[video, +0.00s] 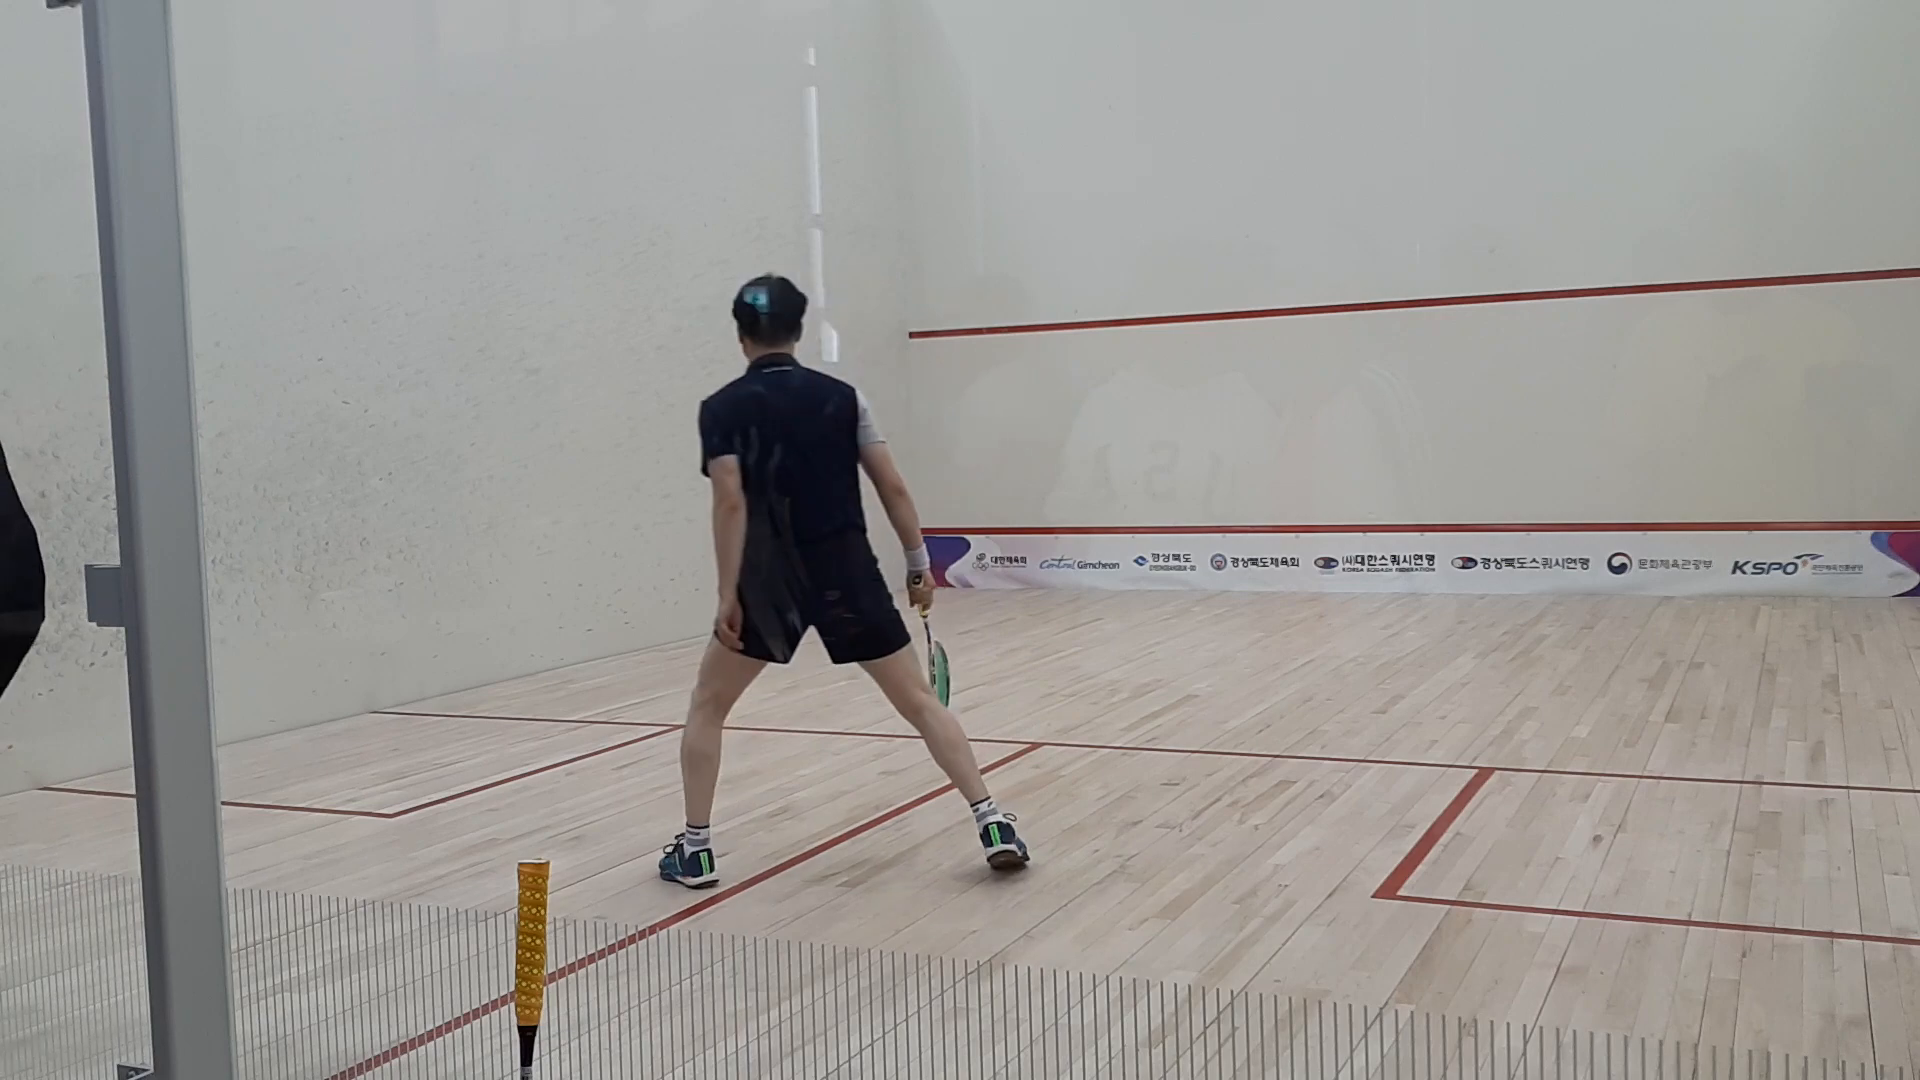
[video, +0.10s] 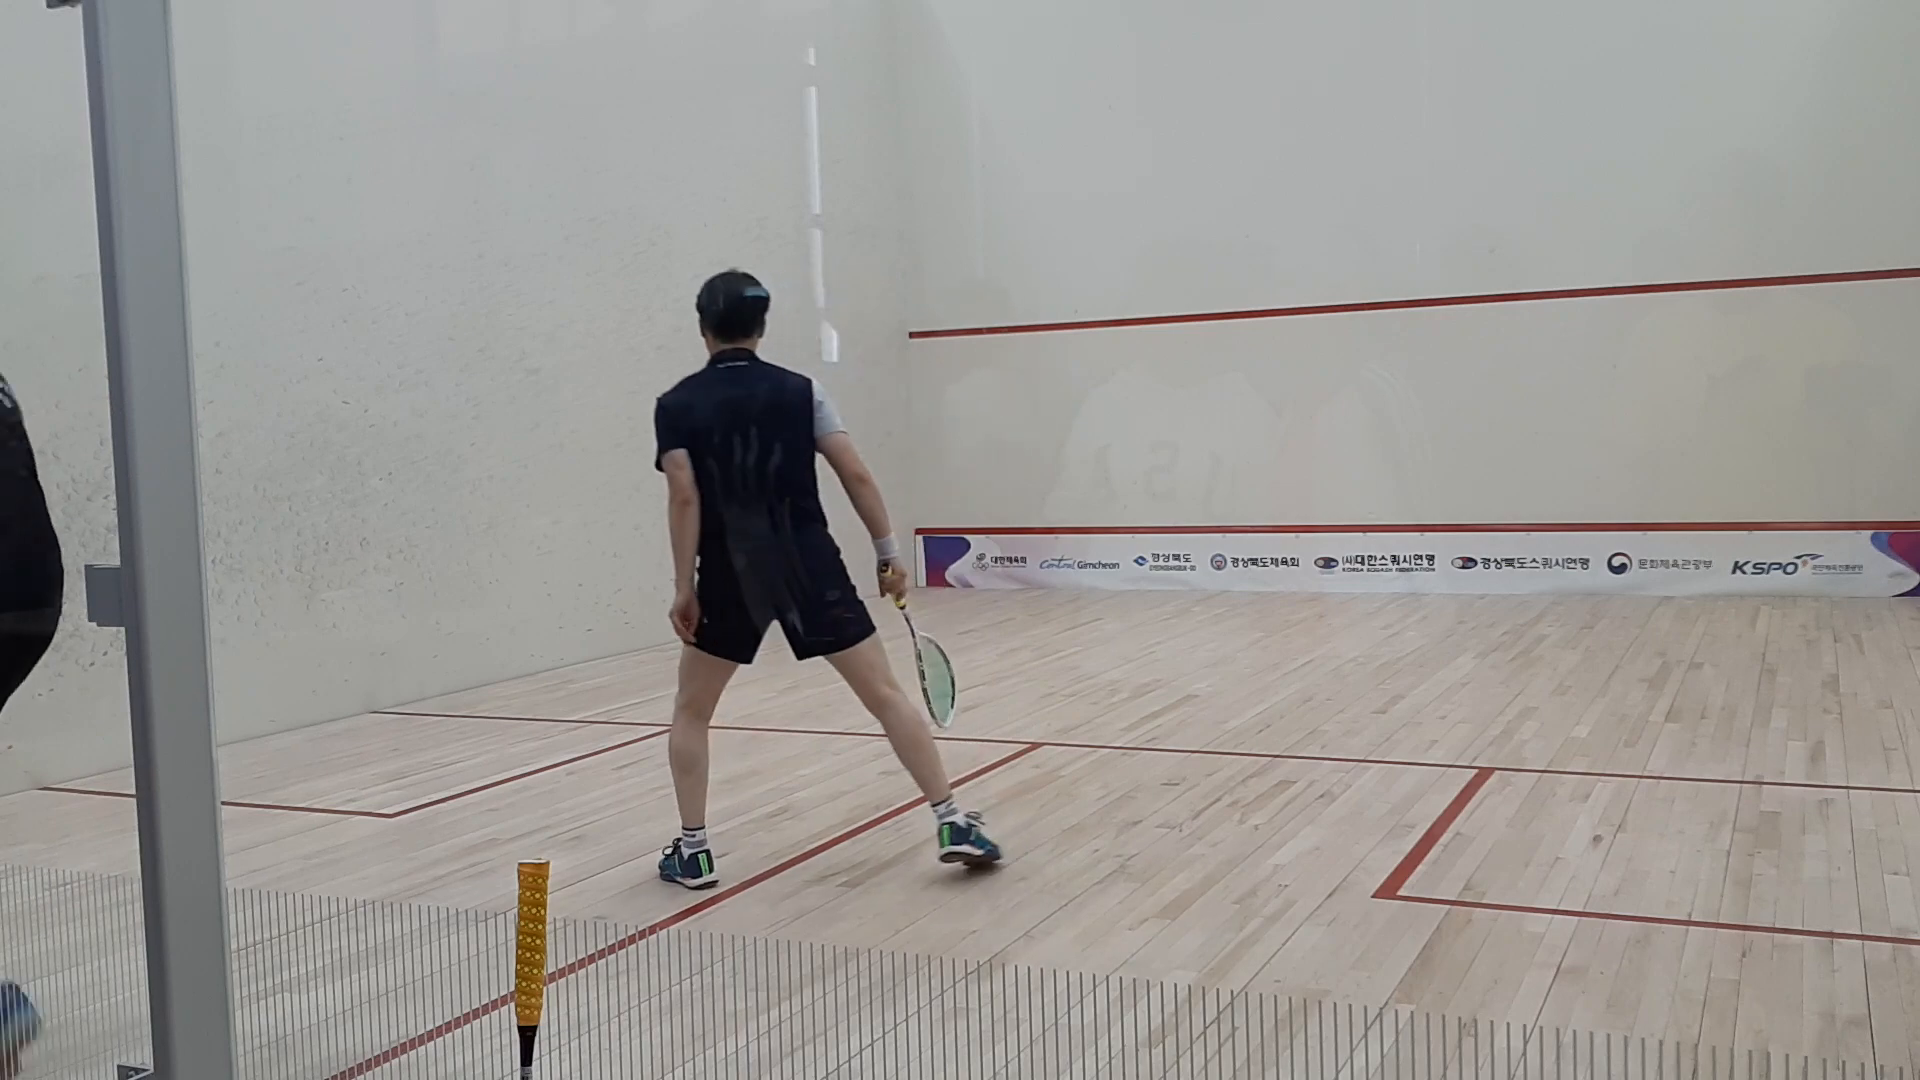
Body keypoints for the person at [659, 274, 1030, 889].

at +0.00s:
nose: (747, 335)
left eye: (741, 327)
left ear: (740, 332)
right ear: (799, 330)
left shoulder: (722, 409)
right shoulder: (842, 395)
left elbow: (730, 502)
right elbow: (891, 488)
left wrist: (728, 593)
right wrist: (919, 562)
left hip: (767, 587)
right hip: (850, 581)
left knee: (707, 709)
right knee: (921, 702)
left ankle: (694, 845)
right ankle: (990, 818)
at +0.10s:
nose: (702, 329)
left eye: (701, 321)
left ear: (702, 327)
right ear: (762, 325)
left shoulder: (676, 404)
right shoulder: (800, 391)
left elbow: (684, 495)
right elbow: (854, 474)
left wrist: (684, 585)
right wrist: (888, 552)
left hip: (731, 581)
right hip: (812, 571)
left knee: (690, 715)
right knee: (886, 695)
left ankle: (692, 847)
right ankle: (951, 820)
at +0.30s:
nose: (719, 287)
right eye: (725, 276)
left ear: (666, 285)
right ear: (729, 283)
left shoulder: (641, 356)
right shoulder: (766, 346)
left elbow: (641, 450)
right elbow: (811, 433)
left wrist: (637, 542)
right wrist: (841, 514)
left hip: (678, 538)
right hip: (761, 533)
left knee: (656, 689)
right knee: (793, 677)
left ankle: (648, 825)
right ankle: (817, 817)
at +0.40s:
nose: (707, 307)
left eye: (664, 299)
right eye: (713, 298)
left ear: (654, 304)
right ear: (716, 303)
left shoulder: (629, 378)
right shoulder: (753, 371)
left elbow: (621, 473)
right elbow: (799, 461)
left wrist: (605, 565)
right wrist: (825, 543)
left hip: (656, 563)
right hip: (742, 561)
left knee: (602, 694)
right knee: (775, 701)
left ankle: (568, 835)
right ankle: (793, 847)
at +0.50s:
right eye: (696, 336)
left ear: (634, 346)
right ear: (696, 344)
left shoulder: (613, 421)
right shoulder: (736, 413)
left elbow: (586, 516)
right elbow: (781, 504)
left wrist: (555, 609)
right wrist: (809, 586)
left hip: (630, 602)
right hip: (717, 604)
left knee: (553, 711)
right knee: (770, 732)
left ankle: (520, 834)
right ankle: (787, 865)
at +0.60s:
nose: (663, 364)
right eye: (663, 356)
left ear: (600, 367)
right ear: (660, 365)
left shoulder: (573, 443)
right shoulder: (697, 436)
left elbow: (528, 538)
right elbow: (744, 521)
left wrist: (497, 619)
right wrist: (776, 600)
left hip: (596, 629)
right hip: (679, 626)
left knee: (529, 755)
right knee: (723, 746)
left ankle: (540, 874)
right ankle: (764, 826)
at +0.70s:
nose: (621, 402)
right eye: (623, 393)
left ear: (563, 402)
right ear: (622, 399)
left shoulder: (536, 475)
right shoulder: (658, 463)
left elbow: (524, 561)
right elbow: (706, 532)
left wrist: (555, 605)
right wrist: (746, 611)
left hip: (582, 641)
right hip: (659, 631)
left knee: (513, 772)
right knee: (675, 714)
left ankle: (540, 893)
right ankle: (700, 790)